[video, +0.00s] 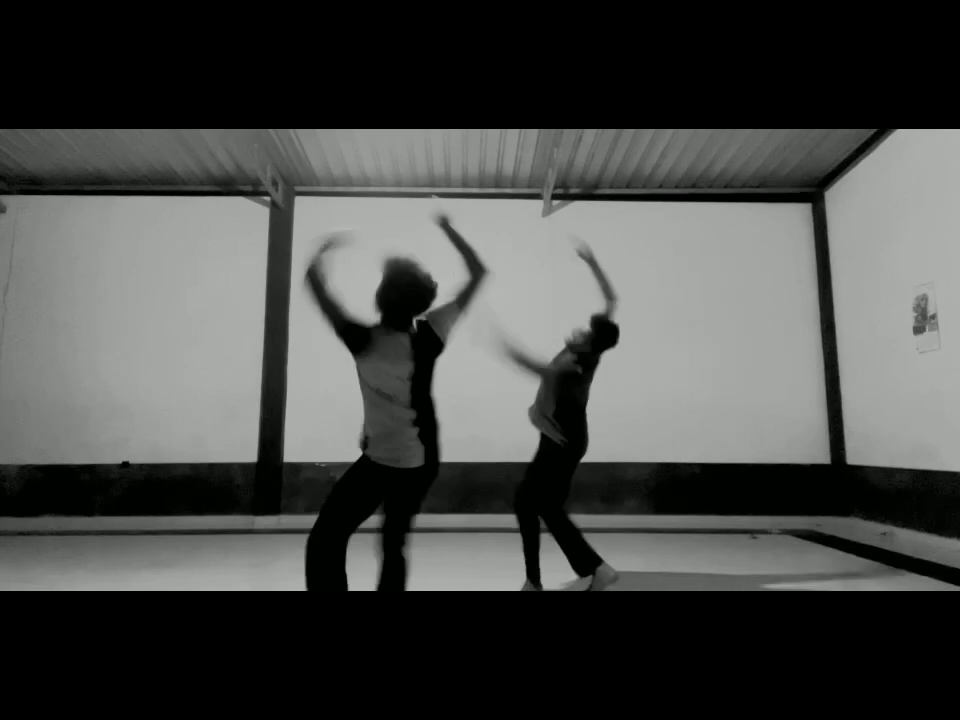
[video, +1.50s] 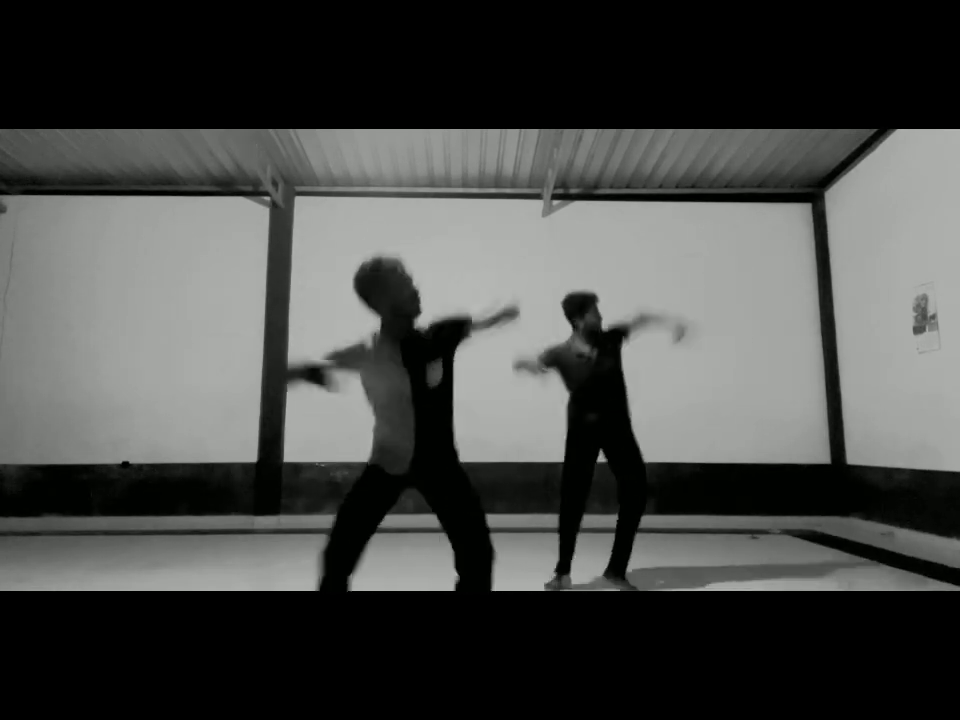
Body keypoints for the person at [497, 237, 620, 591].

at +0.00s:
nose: (578, 330)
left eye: (584, 332)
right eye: (583, 328)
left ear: (589, 344)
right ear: (593, 342)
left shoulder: (566, 367)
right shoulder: (589, 351)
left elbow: (536, 366)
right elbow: (610, 303)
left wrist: (508, 349)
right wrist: (592, 264)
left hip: (559, 444)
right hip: (567, 441)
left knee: (527, 502)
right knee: (547, 505)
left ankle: (531, 582)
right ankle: (594, 569)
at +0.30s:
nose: (604, 314)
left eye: (602, 308)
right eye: (600, 309)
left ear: (578, 313)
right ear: (590, 313)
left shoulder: (574, 336)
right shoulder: (593, 344)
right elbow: (640, 366)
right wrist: (660, 330)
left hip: (550, 422)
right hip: (562, 426)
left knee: (592, 492)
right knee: (596, 495)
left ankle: (581, 562)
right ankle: (568, 574)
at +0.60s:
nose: (609, 331)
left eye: (617, 329)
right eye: (608, 324)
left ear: (626, 336)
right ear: (602, 324)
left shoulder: (627, 376)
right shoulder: (575, 349)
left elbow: (665, 406)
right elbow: (539, 339)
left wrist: (652, 420)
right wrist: (530, 350)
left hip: (598, 443)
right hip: (563, 438)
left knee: (625, 507)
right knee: (575, 502)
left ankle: (607, 576)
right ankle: (574, 579)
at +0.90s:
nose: (599, 300)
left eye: (608, 298)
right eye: (602, 295)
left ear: (620, 311)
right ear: (601, 301)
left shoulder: (629, 343)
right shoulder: (577, 320)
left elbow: (680, 353)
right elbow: (548, 287)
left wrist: (732, 359)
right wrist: (519, 256)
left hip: (594, 427)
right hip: (559, 422)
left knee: (592, 501)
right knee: (556, 499)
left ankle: (593, 572)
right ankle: (554, 570)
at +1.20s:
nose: (603, 328)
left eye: (609, 324)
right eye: (600, 321)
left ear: (616, 329)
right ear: (592, 321)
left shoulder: (617, 363)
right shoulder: (568, 351)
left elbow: (623, 398)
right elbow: (550, 377)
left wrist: (601, 385)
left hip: (600, 433)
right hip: (565, 431)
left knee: (623, 493)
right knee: (555, 497)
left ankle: (612, 569)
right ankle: (558, 571)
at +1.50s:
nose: (599, 316)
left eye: (598, 311)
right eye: (593, 312)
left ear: (592, 315)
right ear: (579, 318)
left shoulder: (612, 338)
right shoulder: (561, 353)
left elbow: (641, 320)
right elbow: (531, 364)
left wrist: (674, 324)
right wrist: (528, 366)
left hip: (617, 431)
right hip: (582, 436)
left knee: (635, 493)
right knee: (572, 498)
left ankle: (616, 571)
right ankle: (563, 571)